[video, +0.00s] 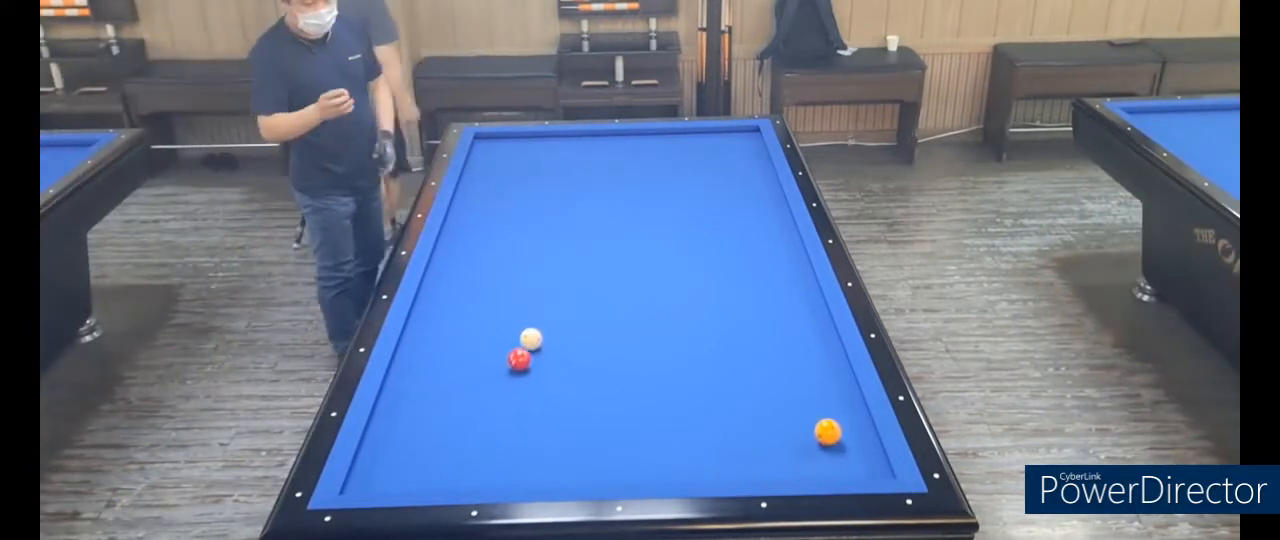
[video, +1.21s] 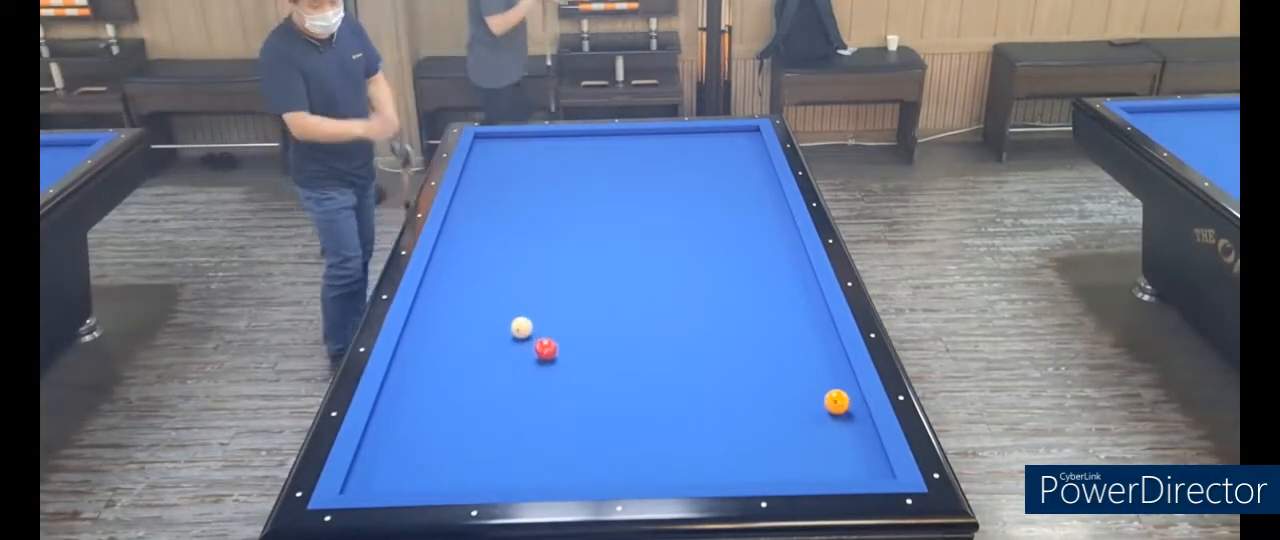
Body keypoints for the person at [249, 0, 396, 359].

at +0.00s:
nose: (322, 9)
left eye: (326, 1)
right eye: (309, 3)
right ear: (285, 6)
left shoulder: (350, 28)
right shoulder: (270, 51)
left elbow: (377, 84)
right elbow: (269, 128)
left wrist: (386, 134)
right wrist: (317, 112)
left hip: (366, 175)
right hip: (321, 184)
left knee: (371, 262)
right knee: (337, 272)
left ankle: (376, 337)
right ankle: (348, 351)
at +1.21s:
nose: (328, 7)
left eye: (333, 0)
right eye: (316, 3)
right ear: (290, 5)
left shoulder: (348, 27)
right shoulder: (279, 51)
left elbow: (375, 80)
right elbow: (299, 126)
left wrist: (390, 120)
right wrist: (366, 127)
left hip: (360, 171)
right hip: (322, 179)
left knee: (361, 259)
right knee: (345, 265)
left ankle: (357, 336)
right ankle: (340, 352)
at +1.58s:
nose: (346, 40)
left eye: (350, 29)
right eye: (334, 35)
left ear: (356, 16)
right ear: (307, 29)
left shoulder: (337, 37)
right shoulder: (300, 76)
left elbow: (353, 71)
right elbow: (351, 147)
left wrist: (381, 105)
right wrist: (411, 177)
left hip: (344, 176)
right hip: (315, 186)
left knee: (349, 257)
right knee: (332, 267)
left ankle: (354, 329)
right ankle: (338, 354)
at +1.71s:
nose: (342, 44)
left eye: (346, 34)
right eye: (331, 39)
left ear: (352, 19)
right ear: (304, 31)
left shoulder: (342, 37)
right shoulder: (293, 73)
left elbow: (357, 66)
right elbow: (337, 147)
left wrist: (380, 86)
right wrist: (403, 177)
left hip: (345, 177)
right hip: (312, 186)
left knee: (350, 255)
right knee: (330, 267)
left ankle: (353, 327)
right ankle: (338, 353)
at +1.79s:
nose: (338, 45)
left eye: (343, 34)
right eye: (326, 40)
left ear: (348, 18)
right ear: (300, 31)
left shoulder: (349, 36)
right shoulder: (288, 68)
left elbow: (366, 65)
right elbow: (316, 148)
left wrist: (381, 78)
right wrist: (385, 174)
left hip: (346, 177)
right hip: (309, 185)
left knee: (351, 258)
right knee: (327, 267)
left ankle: (353, 331)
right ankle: (338, 352)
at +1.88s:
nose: (330, 42)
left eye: (334, 32)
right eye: (318, 37)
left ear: (342, 16)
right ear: (293, 31)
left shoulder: (351, 32)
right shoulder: (276, 62)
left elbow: (378, 63)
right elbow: (279, 148)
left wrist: (387, 70)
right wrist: (348, 177)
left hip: (350, 178)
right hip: (306, 186)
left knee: (351, 261)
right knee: (323, 272)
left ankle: (354, 336)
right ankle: (338, 354)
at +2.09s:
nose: (313, 46)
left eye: (317, 36)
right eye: (301, 42)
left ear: (323, 19)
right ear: (276, 35)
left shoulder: (347, 36)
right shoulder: (255, 65)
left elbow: (401, 79)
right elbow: (234, 140)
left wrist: (391, 76)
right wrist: (278, 194)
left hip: (351, 182)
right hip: (300, 193)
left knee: (363, 262)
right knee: (313, 275)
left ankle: (351, 333)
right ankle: (333, 352)